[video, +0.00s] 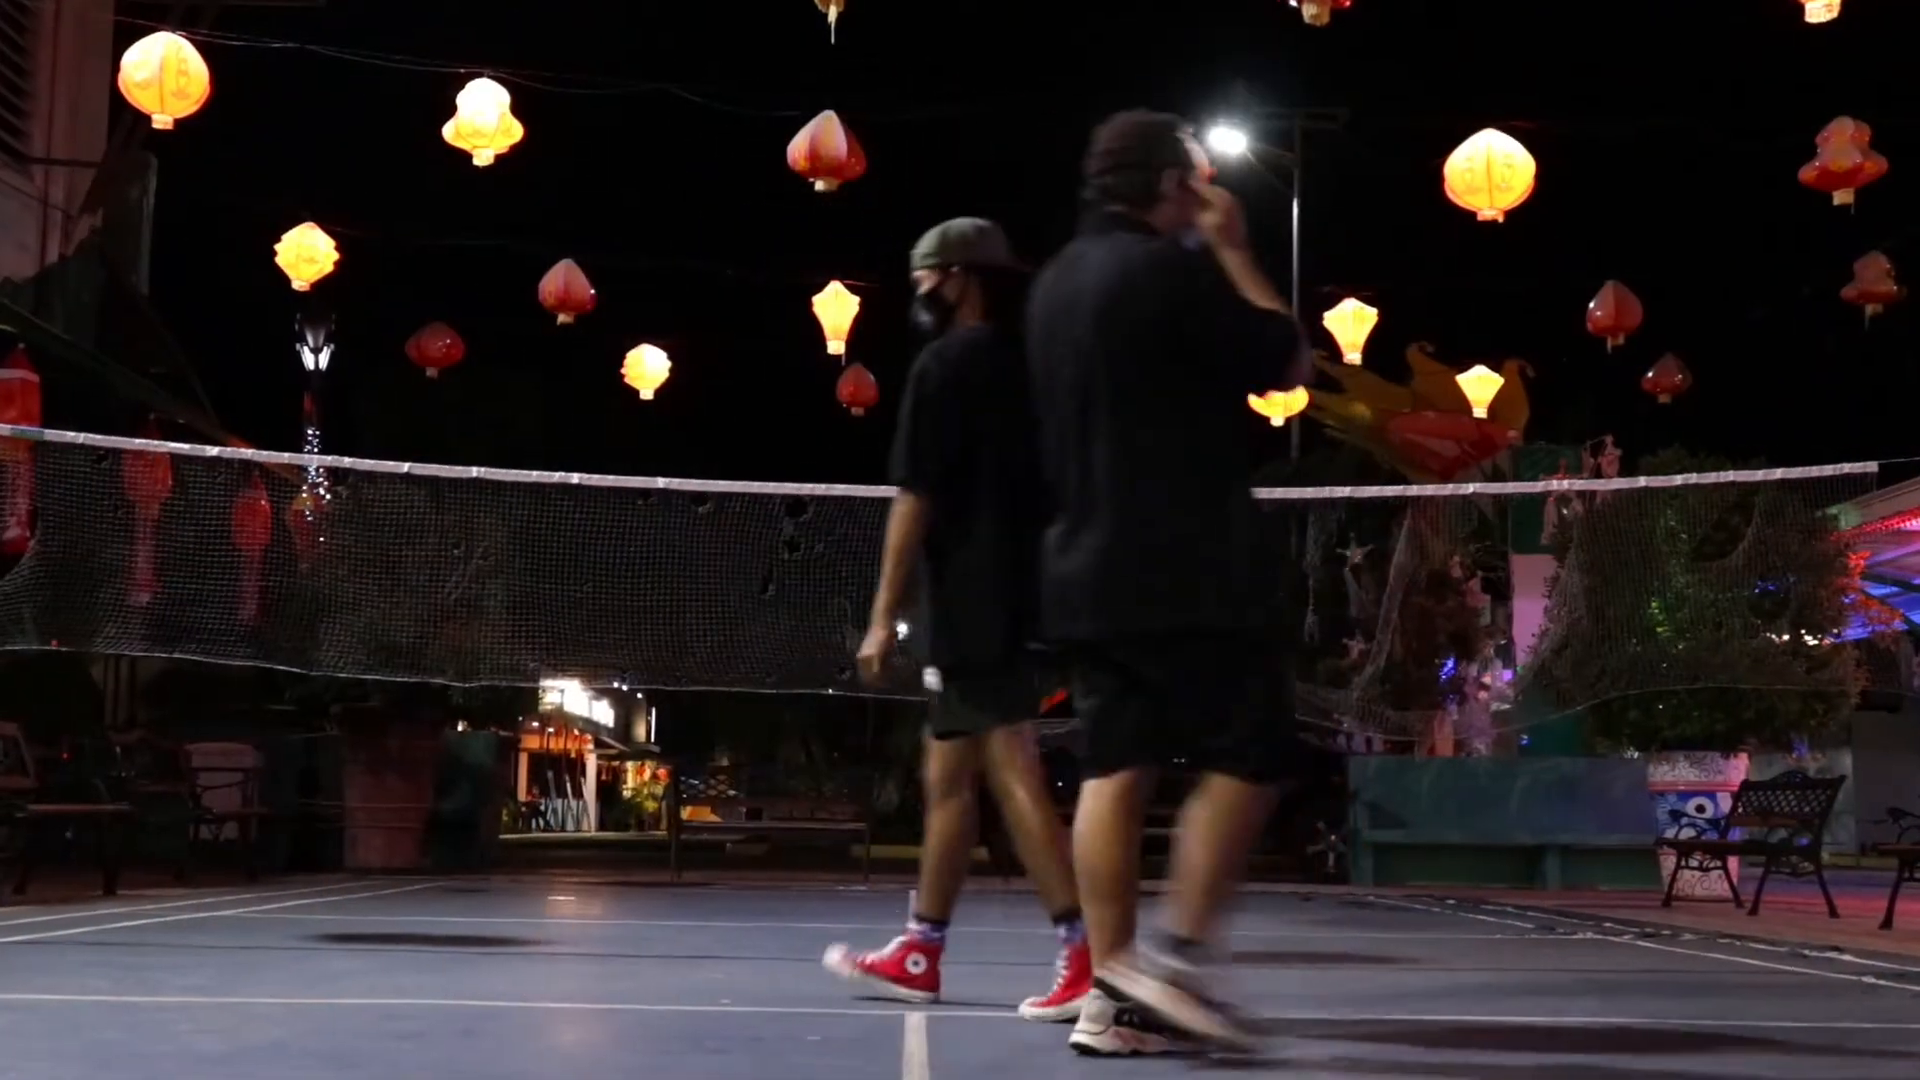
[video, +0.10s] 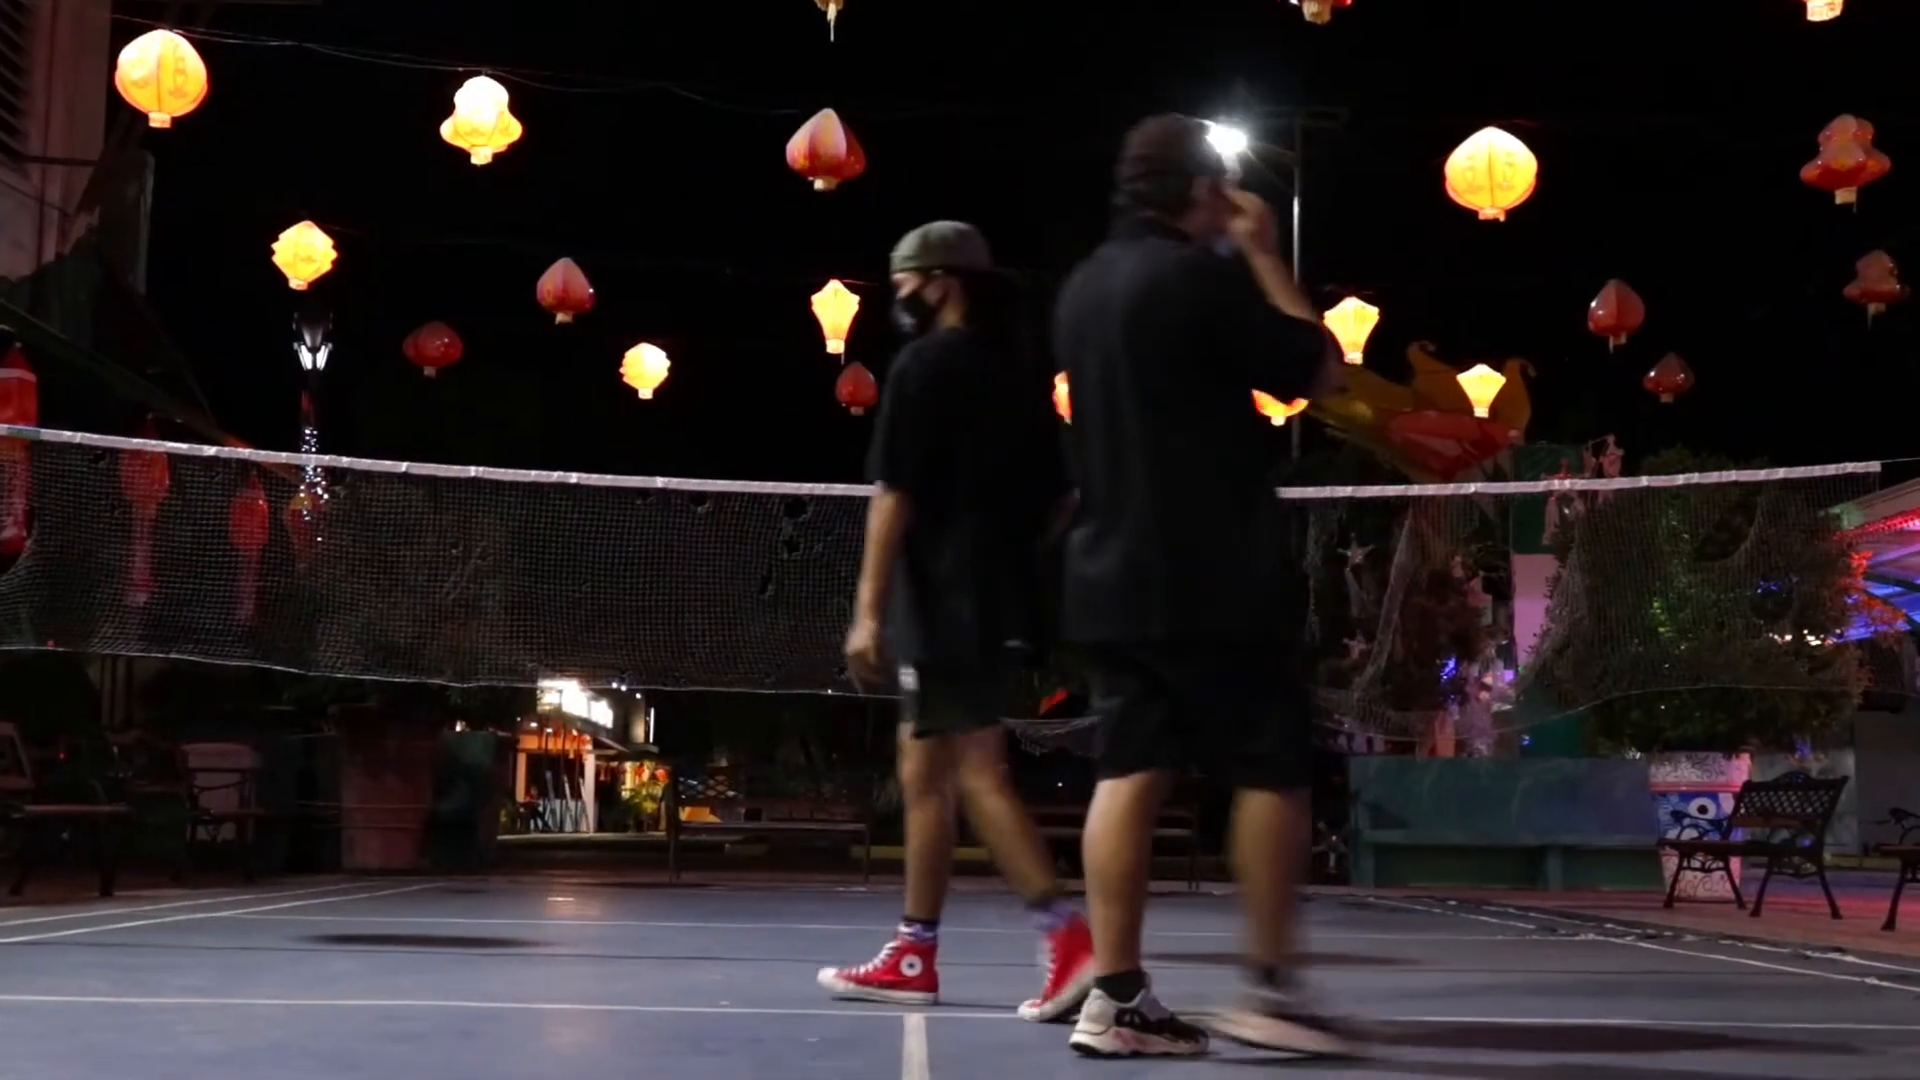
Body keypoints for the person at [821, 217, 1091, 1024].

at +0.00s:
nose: (918, 287)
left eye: (927, 275)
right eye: (918, 275)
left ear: (961, 280)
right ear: (982, 282)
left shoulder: (945, 363)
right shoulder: (1025, 359)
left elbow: (913, 498)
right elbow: (1044, 490)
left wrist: (881, 615)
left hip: (972, 598)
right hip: (1012, 590)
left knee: (1014, 773)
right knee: (947, 772)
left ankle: (1081, 952)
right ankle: (919, 949)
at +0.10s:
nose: (898, 291)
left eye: (906, 279)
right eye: (900, 279)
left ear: (940, 283)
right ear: (968, 282)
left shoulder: (920, 366)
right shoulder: (1012, 365)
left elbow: (891, 497)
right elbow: (1052, 492)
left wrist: (866, 612)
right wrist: (1010, 561)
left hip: (942, 594)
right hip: (992, 590)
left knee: (973, 771)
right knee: (925, 771)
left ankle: (1064, 930)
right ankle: (913, 950)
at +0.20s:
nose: (869, 297)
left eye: (876, 286)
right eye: (869, 286)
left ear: (913, 285)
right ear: (933, 287)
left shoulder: (903, 361)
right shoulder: (984, 360)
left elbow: (877, 482)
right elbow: (1019, 489)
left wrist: (835, 588)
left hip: (906, 588)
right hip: (961, 587)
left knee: (876, 762)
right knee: (905, 765)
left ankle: (1015, 897)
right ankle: (908, 950)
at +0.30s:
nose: (852, 294)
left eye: (859, 283)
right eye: (852, 282)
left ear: (896, 285)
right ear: (919, 285)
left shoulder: (892, 357)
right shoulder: (963, 357)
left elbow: (870, 476)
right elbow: (959, 482)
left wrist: (813, 580)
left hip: (885, 591)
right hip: (939, 592)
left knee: (819, 753)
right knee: (896, 762)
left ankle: (957, 880)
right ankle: (907, 946)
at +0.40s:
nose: (816, 302)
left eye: (824, 288)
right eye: (815, 289)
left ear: (866, 286)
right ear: (879, 291)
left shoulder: (877, 359)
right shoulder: (924, 359)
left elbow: (855, 479)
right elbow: (916, 489)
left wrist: (784, 578)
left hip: (855, 601)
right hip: (908, 603)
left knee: (772, 741)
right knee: (889, 774)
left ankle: (852, 913)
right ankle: (905, 959)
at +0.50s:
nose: (795, 301)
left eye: (803, 288)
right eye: (794, 290)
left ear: (842, 286)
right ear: (853, 290)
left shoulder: (860, 363)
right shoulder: (898, 361)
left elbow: (846, 485)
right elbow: (861, 489)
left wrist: (771, 581)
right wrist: (787, 569)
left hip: (835, 601)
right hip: (892, 603)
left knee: (752, 746)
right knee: (882, 781)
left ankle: (770, 938)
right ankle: (905, 955)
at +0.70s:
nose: (729, 320)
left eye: (736, 306)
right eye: (728, 307)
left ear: (776, 302)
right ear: (783, 305)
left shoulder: (802, 380)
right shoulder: (830, 376)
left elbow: (798, 506)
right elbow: (821, 505)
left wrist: (735, 606)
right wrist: (747, 557)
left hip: (784, 617)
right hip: (837, 617)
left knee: (712, 769)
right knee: (854, 783)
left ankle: (655, 945)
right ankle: (902, 953)